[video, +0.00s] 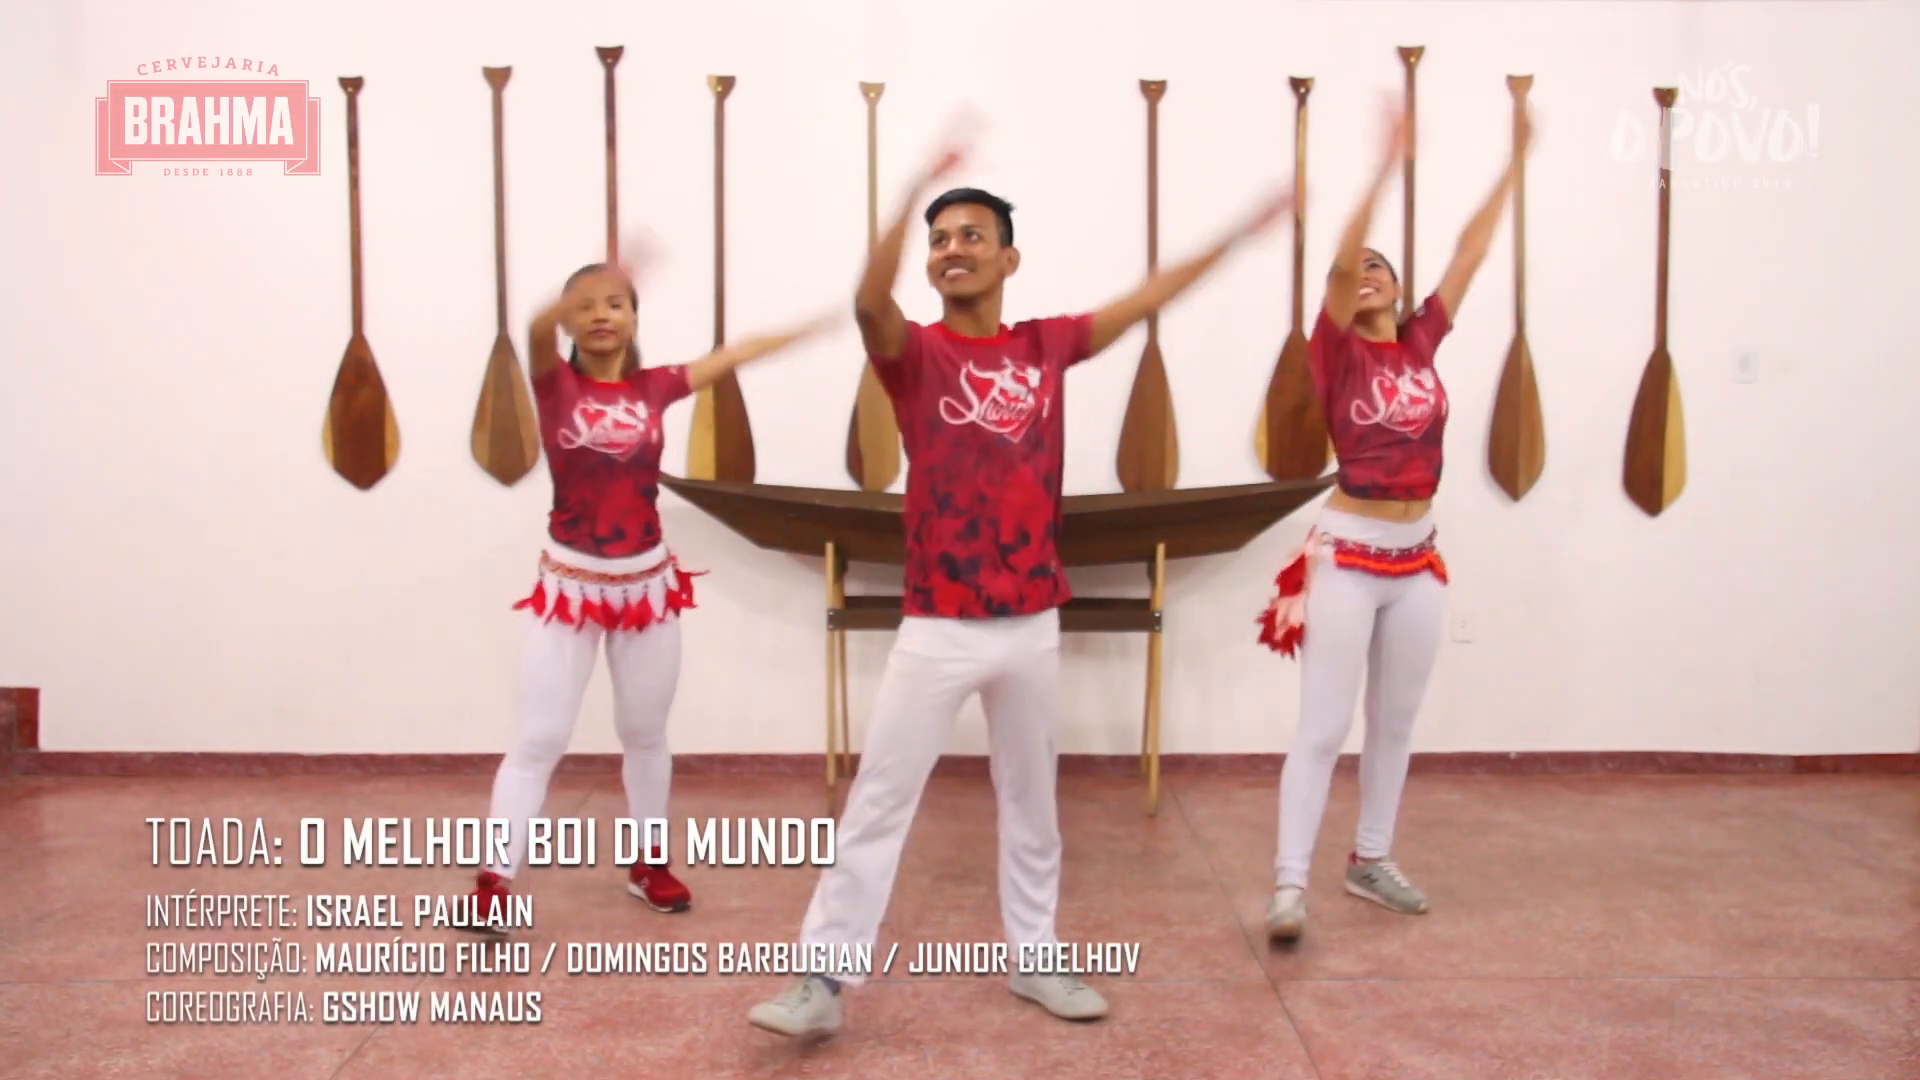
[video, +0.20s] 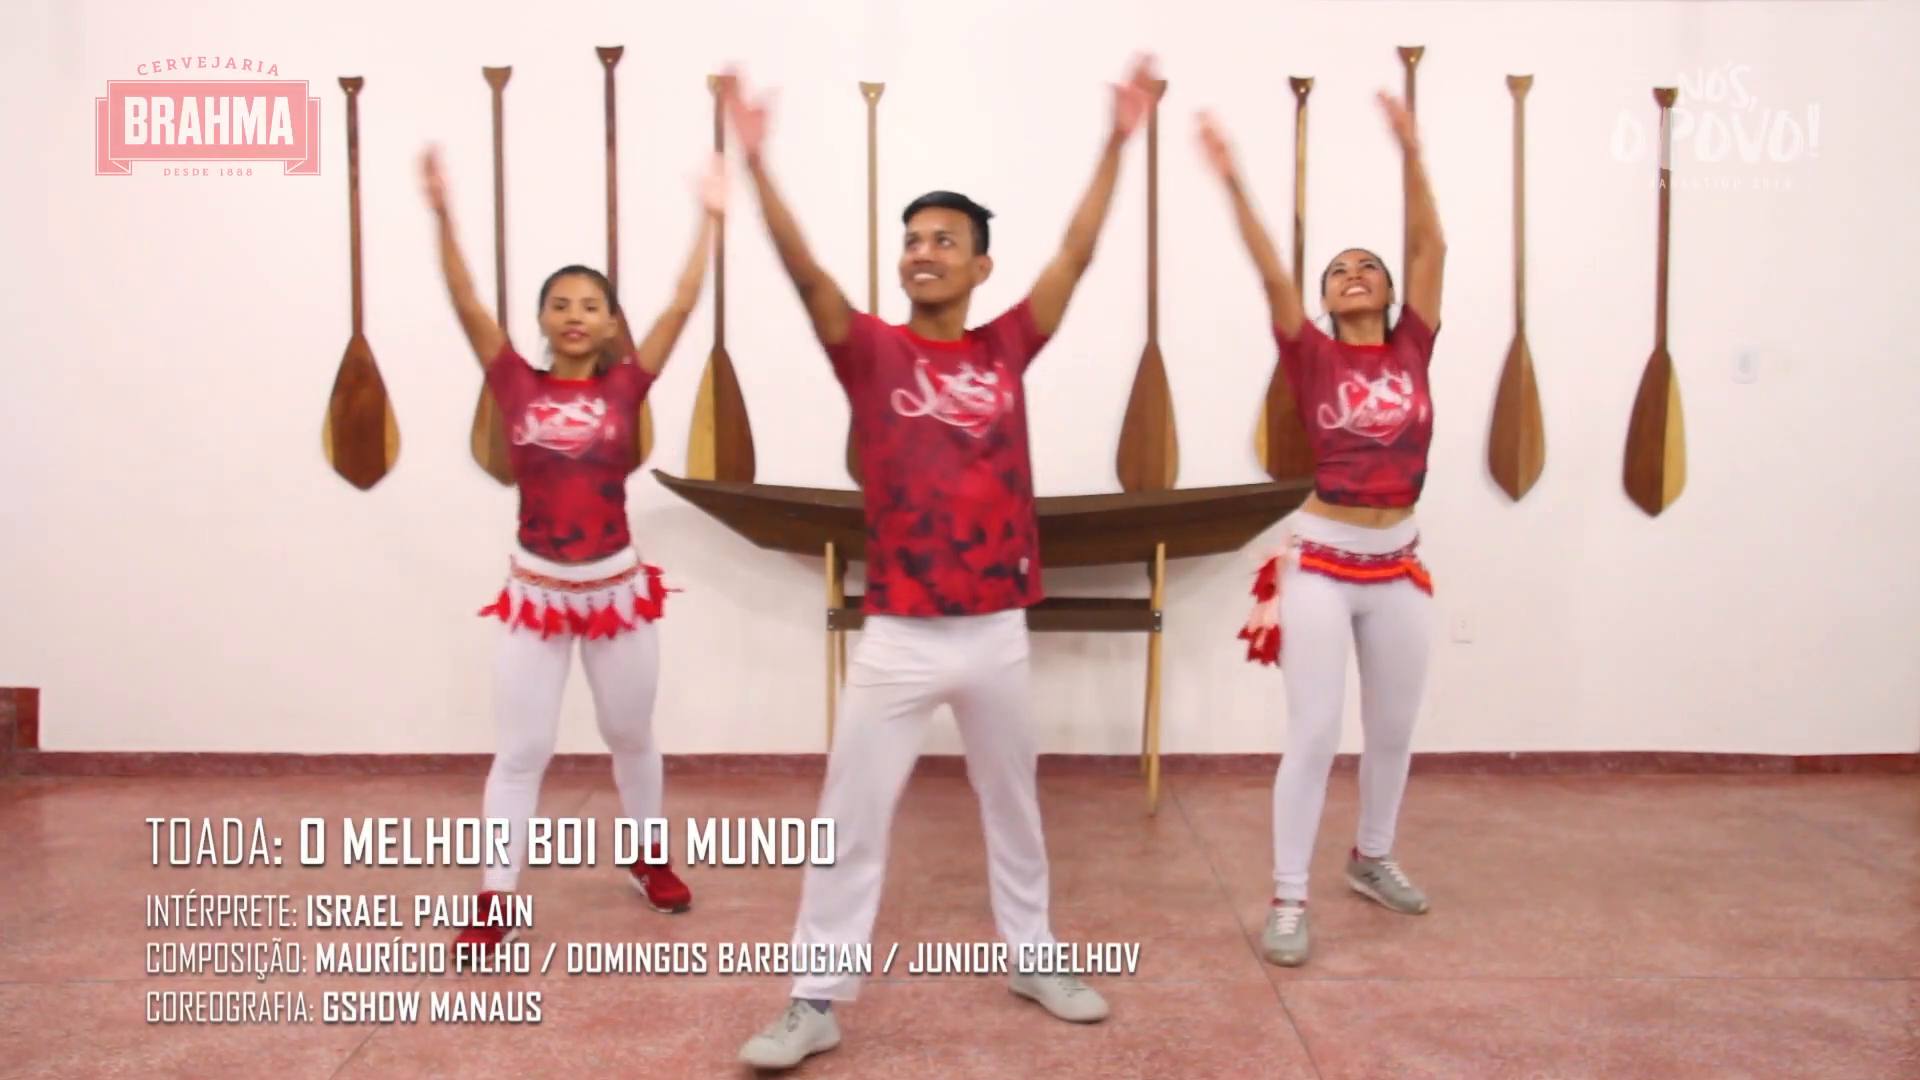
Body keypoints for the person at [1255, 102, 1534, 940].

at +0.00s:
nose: (1373, 275)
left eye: (1380, 269)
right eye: (1359, 271)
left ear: (1397, 290)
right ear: (1338, 296)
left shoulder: (1418, 343)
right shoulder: (1332, 356)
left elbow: (1469, 249)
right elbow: (1344, 262)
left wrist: (1515, 162)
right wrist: (1385, 170)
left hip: (1417, 562)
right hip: (1344, 559)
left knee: (1395, 726)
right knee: (1322, 731)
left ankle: (1372, 860)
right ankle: (1289, 887)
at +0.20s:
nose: (1356, 279)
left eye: (1367, 272)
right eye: (1343, 274)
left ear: (1390, 292)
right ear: (1326, 297)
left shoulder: (1410, 348)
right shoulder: (1309, 353)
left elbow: (1427, 250)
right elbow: (1271, 267)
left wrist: (1410, 150)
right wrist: (1231, 182)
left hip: (1397, 569)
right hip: (1318, 567)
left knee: (1394, 732)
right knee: (1314, 736)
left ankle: (1375, 857)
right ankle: (1289, 902)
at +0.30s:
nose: (1344, 277)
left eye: (1358, 271)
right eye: (1332, 273)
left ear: (1383, 295)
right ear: (1318, 297)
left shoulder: (1406, 357)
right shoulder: (1293, 357)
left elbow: (1424, 259)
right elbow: (1231, 283)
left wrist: (1374, 175)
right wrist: (1170, 206)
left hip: (1379, 573)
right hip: (1299, 568)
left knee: (1400, 740)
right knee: (1304, 738)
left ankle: (1375, 850)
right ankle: (1288, 904)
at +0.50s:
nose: (1337, 279)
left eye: (1350, 274)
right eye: (1324, 275)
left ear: (1373, 301)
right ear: (1307, 300)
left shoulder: (1396, 364)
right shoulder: (1281, 368)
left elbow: (1424, 270)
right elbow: (1190, 329)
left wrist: (1321, 247)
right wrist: (1088, 280)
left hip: (1367, 577)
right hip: (1281, 573)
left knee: (1380, 753)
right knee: (1286, 747)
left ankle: (1369, 845)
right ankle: (1286, 904)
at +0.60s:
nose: (1334, 285)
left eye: (1348, 274)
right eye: (1326, 275)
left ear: (1375, 295)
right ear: (1310, 298)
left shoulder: (1392, 364)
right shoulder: (1283, 367)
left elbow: (1409, 269)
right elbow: (1185, 341)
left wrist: (1297, 287)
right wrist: (1080, 311)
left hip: (1365, 572)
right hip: (1279, 569)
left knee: (1349, 750)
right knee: (1284, 750)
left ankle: (1358, 872)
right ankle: (1288, 903)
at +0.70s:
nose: (1332, 273)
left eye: (1347, 264)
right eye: (1322, 266)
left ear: (1372, 287)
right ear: (1306, 292)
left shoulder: (1390, 358)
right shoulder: (1284, 365)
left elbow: (1396, 272)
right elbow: (1179, 346)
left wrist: (1291, 307)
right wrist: (1076, 330)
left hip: (1363, 569)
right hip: (1282, 566)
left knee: (1335, 754)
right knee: (1285, 753)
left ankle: (1348, 890)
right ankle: (1305, 904)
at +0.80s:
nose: (1334, 273)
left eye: (1350, 264)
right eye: (1325, 266)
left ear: (1376, 285)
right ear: (1310, 291)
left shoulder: (1388, 357)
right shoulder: (1288, 364)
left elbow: (1378, 280)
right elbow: (1185, 349)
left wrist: (1289, 319)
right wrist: (1086, 339)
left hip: (1363, 568)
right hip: (1284, 567)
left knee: (1344, 755)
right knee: (1287, 752)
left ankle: (1366, 886)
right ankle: (1310, 908)